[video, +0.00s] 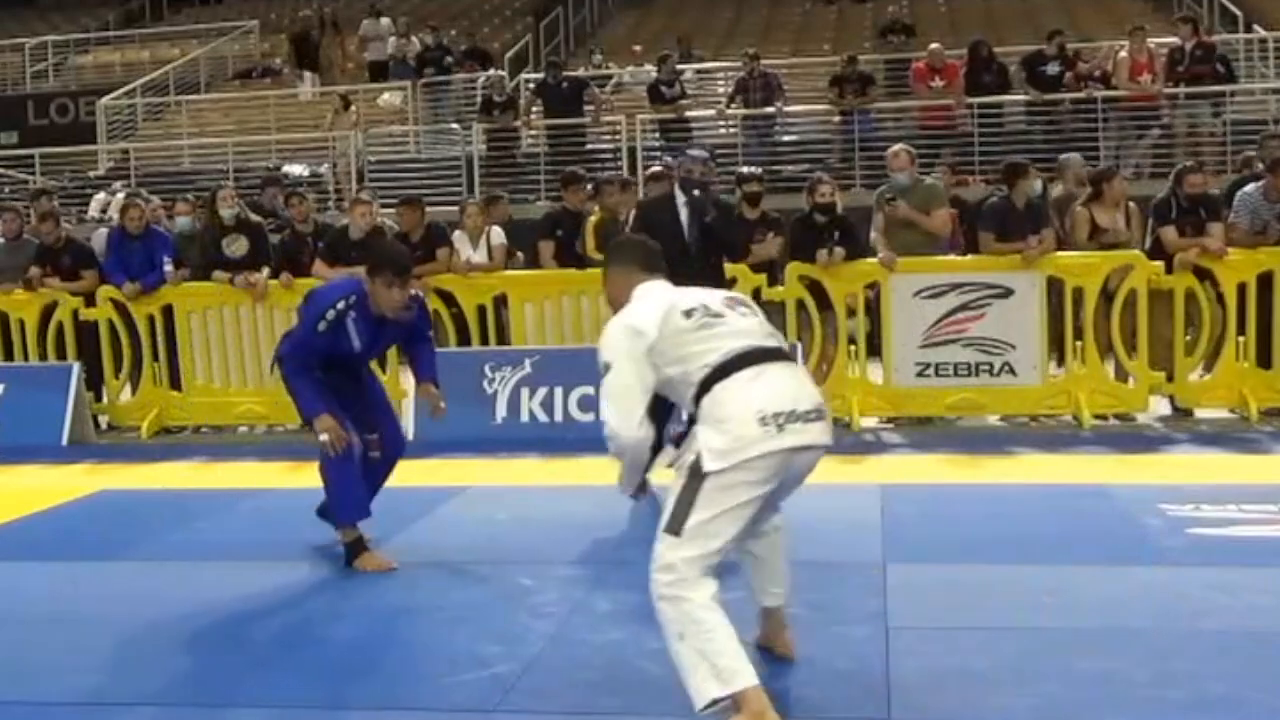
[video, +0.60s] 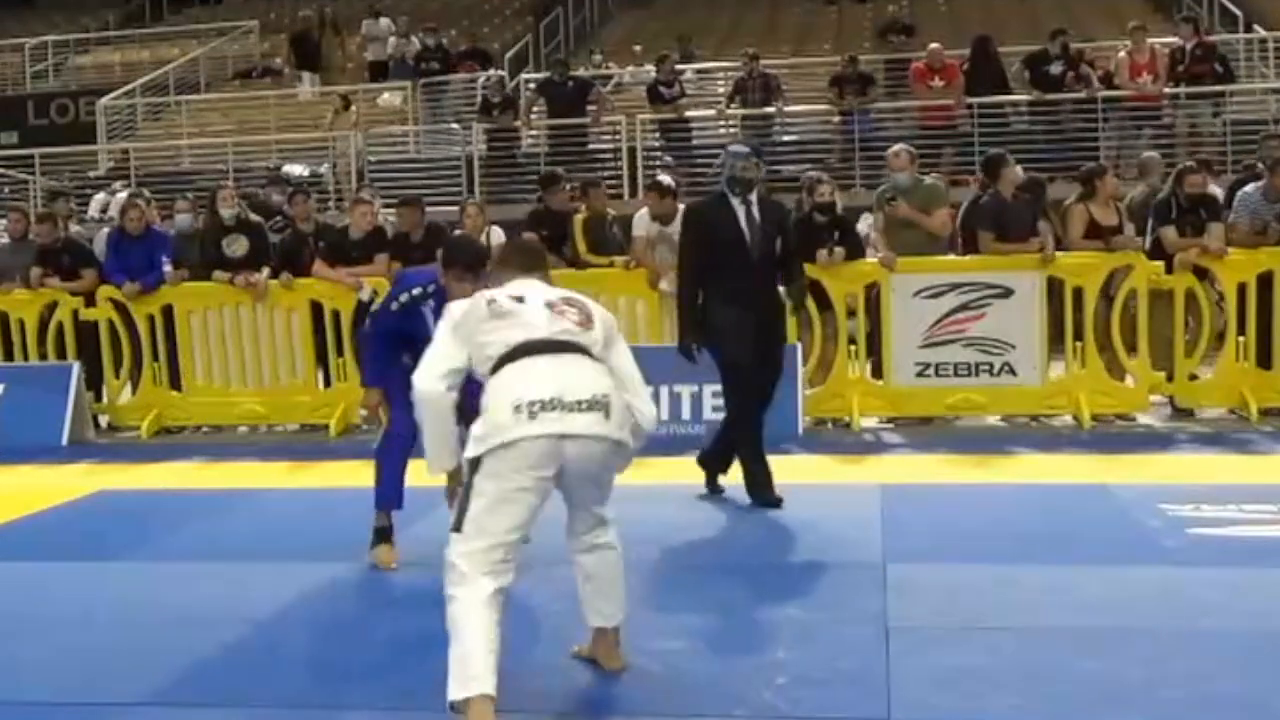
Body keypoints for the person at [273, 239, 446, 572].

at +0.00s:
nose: (402, 296)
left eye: (406, 286)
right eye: (392, 287)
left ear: (411, 283)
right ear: (370, 283)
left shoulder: (412, 307)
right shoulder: (331, 302)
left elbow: (420, 340)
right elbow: (294, 360)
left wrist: (426, 380)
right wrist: (318, 415)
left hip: (352, 365)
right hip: (309, 366)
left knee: (391, 442)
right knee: (342, 440)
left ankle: (339, 508)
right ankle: (354, 542)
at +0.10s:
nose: (407, 297)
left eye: (411, 288)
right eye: (398, 289)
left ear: (418, 286)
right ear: (377, 283)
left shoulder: (421, 308)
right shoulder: (337, 305)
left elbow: (428, 342)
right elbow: (311, 362)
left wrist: (428, 386)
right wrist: (339, 412)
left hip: (367, 364)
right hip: (321, 363)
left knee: (413, 436)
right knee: (341, 442)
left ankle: (365, 491)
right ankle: (353, 541)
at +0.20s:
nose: (418, 297)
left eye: (423, 288)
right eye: (408, 288)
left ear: (430, 284)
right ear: (388, 282)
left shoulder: (435, 305)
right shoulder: (349, 301)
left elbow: (437, 342)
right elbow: (321, 356)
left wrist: (432, 385)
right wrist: (352, 407)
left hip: (385, 366)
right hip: (337, 364)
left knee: (430, 428)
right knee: (346, 440)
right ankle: (354, 543)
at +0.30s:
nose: (433, 296)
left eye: (439, 287)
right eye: (423, 287)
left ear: (446, 283)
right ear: (403, 281)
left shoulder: (451, 304)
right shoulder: (367, 299)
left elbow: (450, 344)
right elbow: (333, 351)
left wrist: (443, 384)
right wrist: (358, 408)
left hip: (400, 362)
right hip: (353, 364)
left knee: (441, 421)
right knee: (352, 438)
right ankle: (355, 542)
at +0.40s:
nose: (451, 296)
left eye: (457, 286)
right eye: (441, 287)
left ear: (464, 280)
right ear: (422, 281)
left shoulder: (470, 304)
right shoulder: (386, 294)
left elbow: (470, 347)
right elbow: (344, 349)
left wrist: (461, 385)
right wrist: (359, 406)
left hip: (420, 362)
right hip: (370, 359)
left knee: (457, 423)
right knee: (365, 432)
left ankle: (485, 520)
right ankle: (357, 542)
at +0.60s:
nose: (467, 290)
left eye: (474, 282)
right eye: (459, 281)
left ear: (484, 275)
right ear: (443, 273)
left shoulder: (489, 299)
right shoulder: (412, 287)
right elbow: (374, 333)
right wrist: (371, 384)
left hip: (458, 361)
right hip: (404, 360)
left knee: (475, 418)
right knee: (402, 429)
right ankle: (384, 523)